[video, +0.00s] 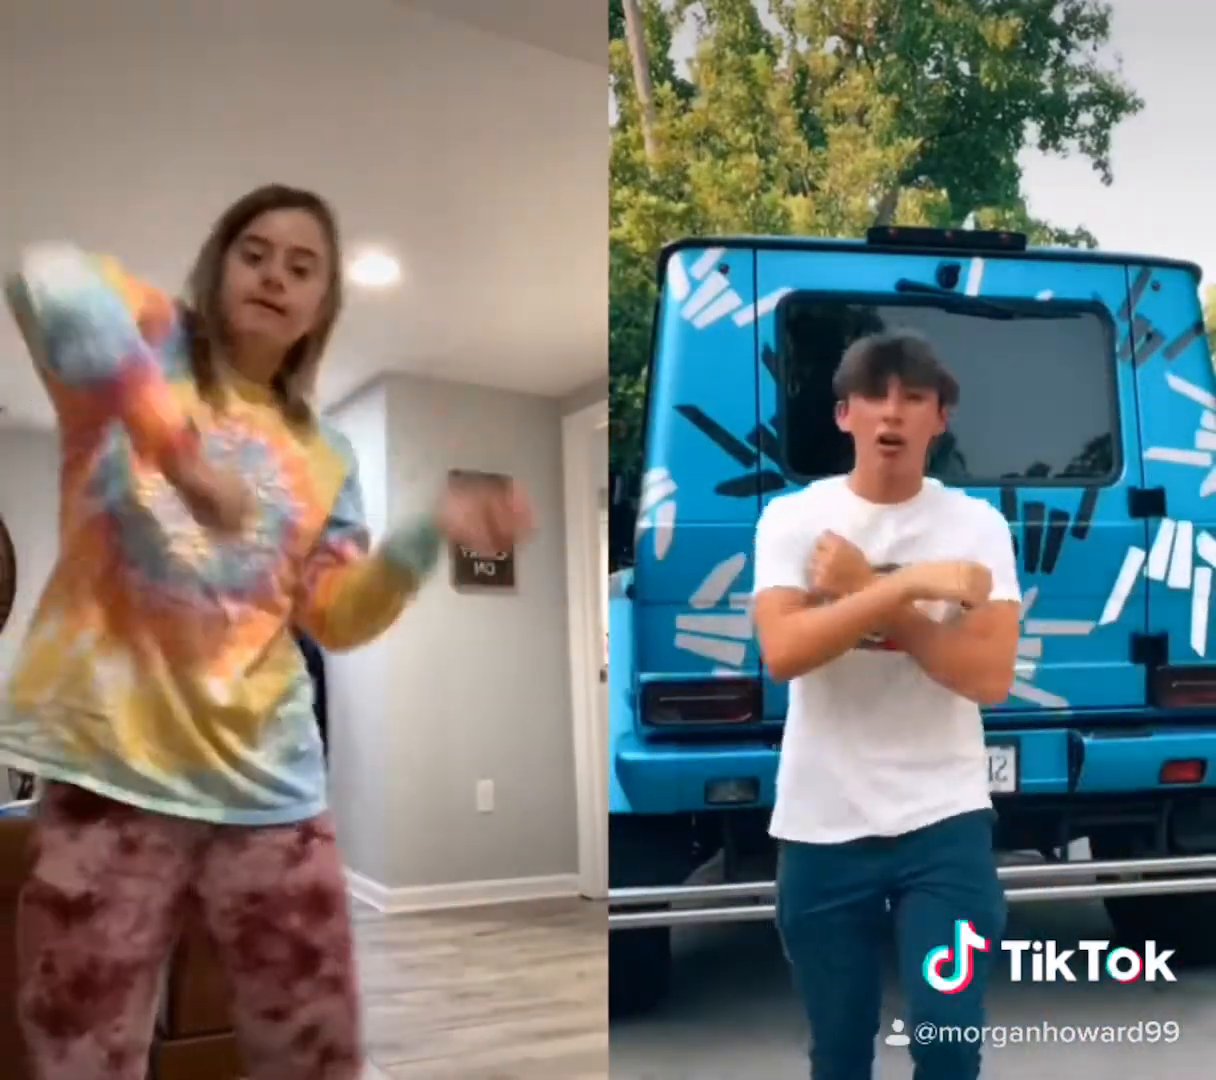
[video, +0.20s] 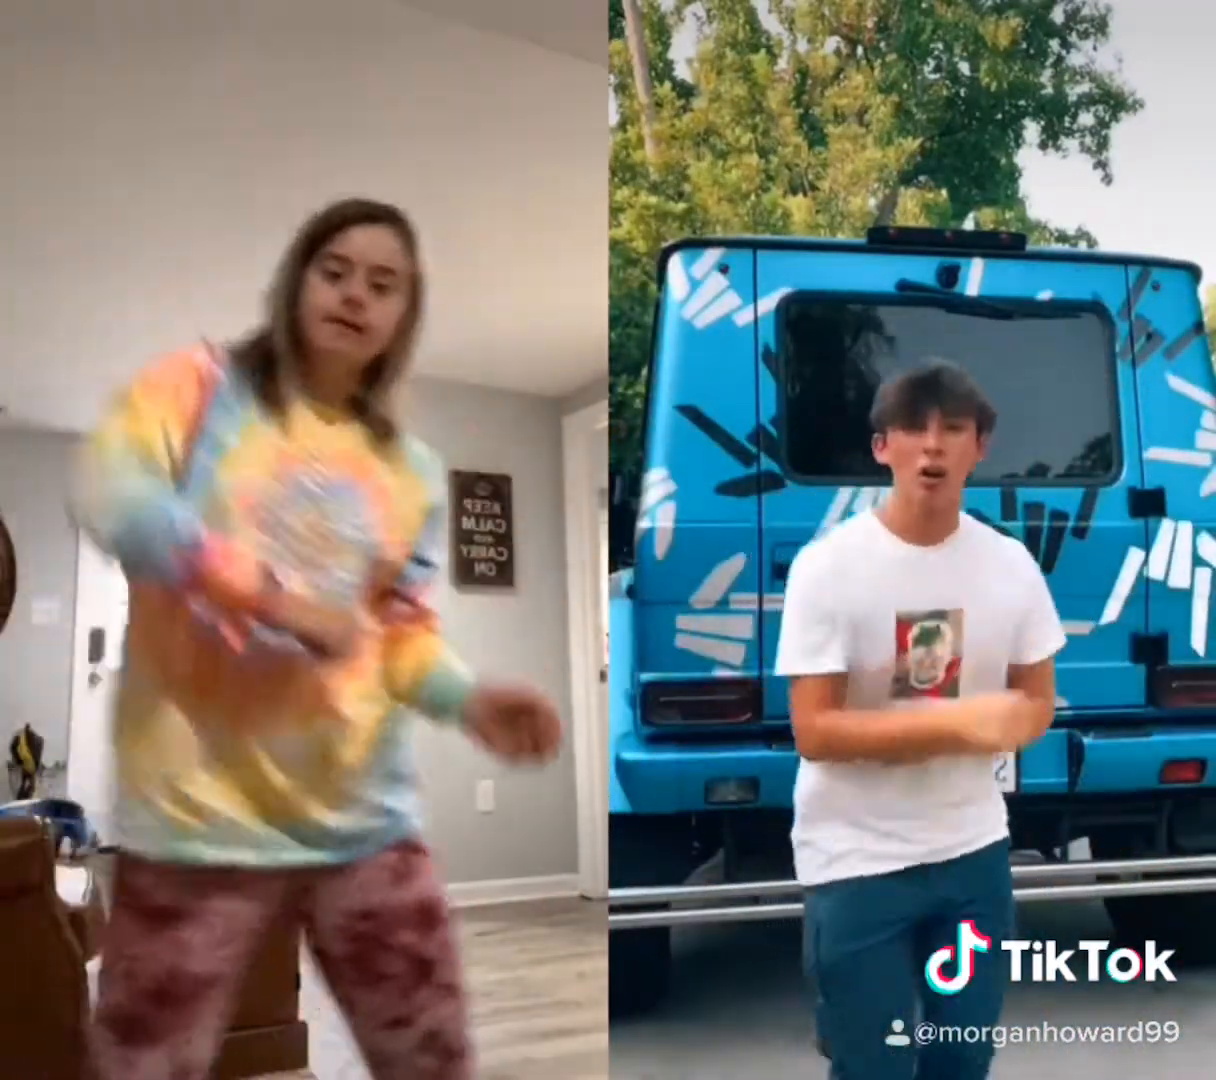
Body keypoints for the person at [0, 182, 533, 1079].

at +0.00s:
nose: (274, 276)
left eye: (303, 266)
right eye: (254, 253)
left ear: (324, 308)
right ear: (216, 269)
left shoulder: (326, 458)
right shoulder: (149, 346)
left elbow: (334, 622)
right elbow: (50, 281)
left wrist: (429, 534)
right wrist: (178, 454)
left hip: (271, 799)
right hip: (106, 786)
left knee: (314, 1061)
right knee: (78, 1064)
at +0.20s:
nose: (353, 296)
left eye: (382, 285)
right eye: (335, 271)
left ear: (406, 318)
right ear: (294, 280)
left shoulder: (412, 471)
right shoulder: (199, 387)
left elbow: (400, 629)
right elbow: (109, 490)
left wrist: (472, 703)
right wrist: (263, 598)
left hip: (359, 817)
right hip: (196, 812)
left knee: (430, 1057)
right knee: (147, 1063)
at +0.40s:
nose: (430, 322)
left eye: (457, 308)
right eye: (410, 299)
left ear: (483, 340)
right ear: (370, 313)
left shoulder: (507, 483)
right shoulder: (285, 463)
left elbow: (542, 642)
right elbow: (226, 648)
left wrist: (529, 746)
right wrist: (368, 717)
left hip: (483, 846)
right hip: (323, 859)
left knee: (539, 1067)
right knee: (274, 1066)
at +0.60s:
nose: (449, 288)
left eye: (474, 271)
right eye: (427, 265)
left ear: (502, 298)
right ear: (389, 282)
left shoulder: (541, 438)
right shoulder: (316, 423)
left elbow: (573, 576)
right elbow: (261, 585)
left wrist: (571, 629)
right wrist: (387, 604)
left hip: (507, 811)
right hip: (353, 811)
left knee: (521, 1062)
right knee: (360, 1063)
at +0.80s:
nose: (432, 303)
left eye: (456, 286)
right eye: (409, 284)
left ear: (482, 312)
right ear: (375, 303)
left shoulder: (533, 456)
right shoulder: (308, 445)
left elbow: (583, 651)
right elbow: (255, 625)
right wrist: (313, 587)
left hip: (512, 836)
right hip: (358, 836)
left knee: (534, 1069)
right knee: (363, 1070)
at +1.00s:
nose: (370, 289)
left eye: (392, 271)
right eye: (345, 270)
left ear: (419, 296)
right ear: (309, 295)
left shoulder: (471, 437)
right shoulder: (252, 432)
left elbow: (537, 555)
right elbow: (205, 567)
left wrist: (499, 643)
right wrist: (208, 651)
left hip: (468, 807)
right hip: (312, 811)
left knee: (487, 1061)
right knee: (270, 1059)